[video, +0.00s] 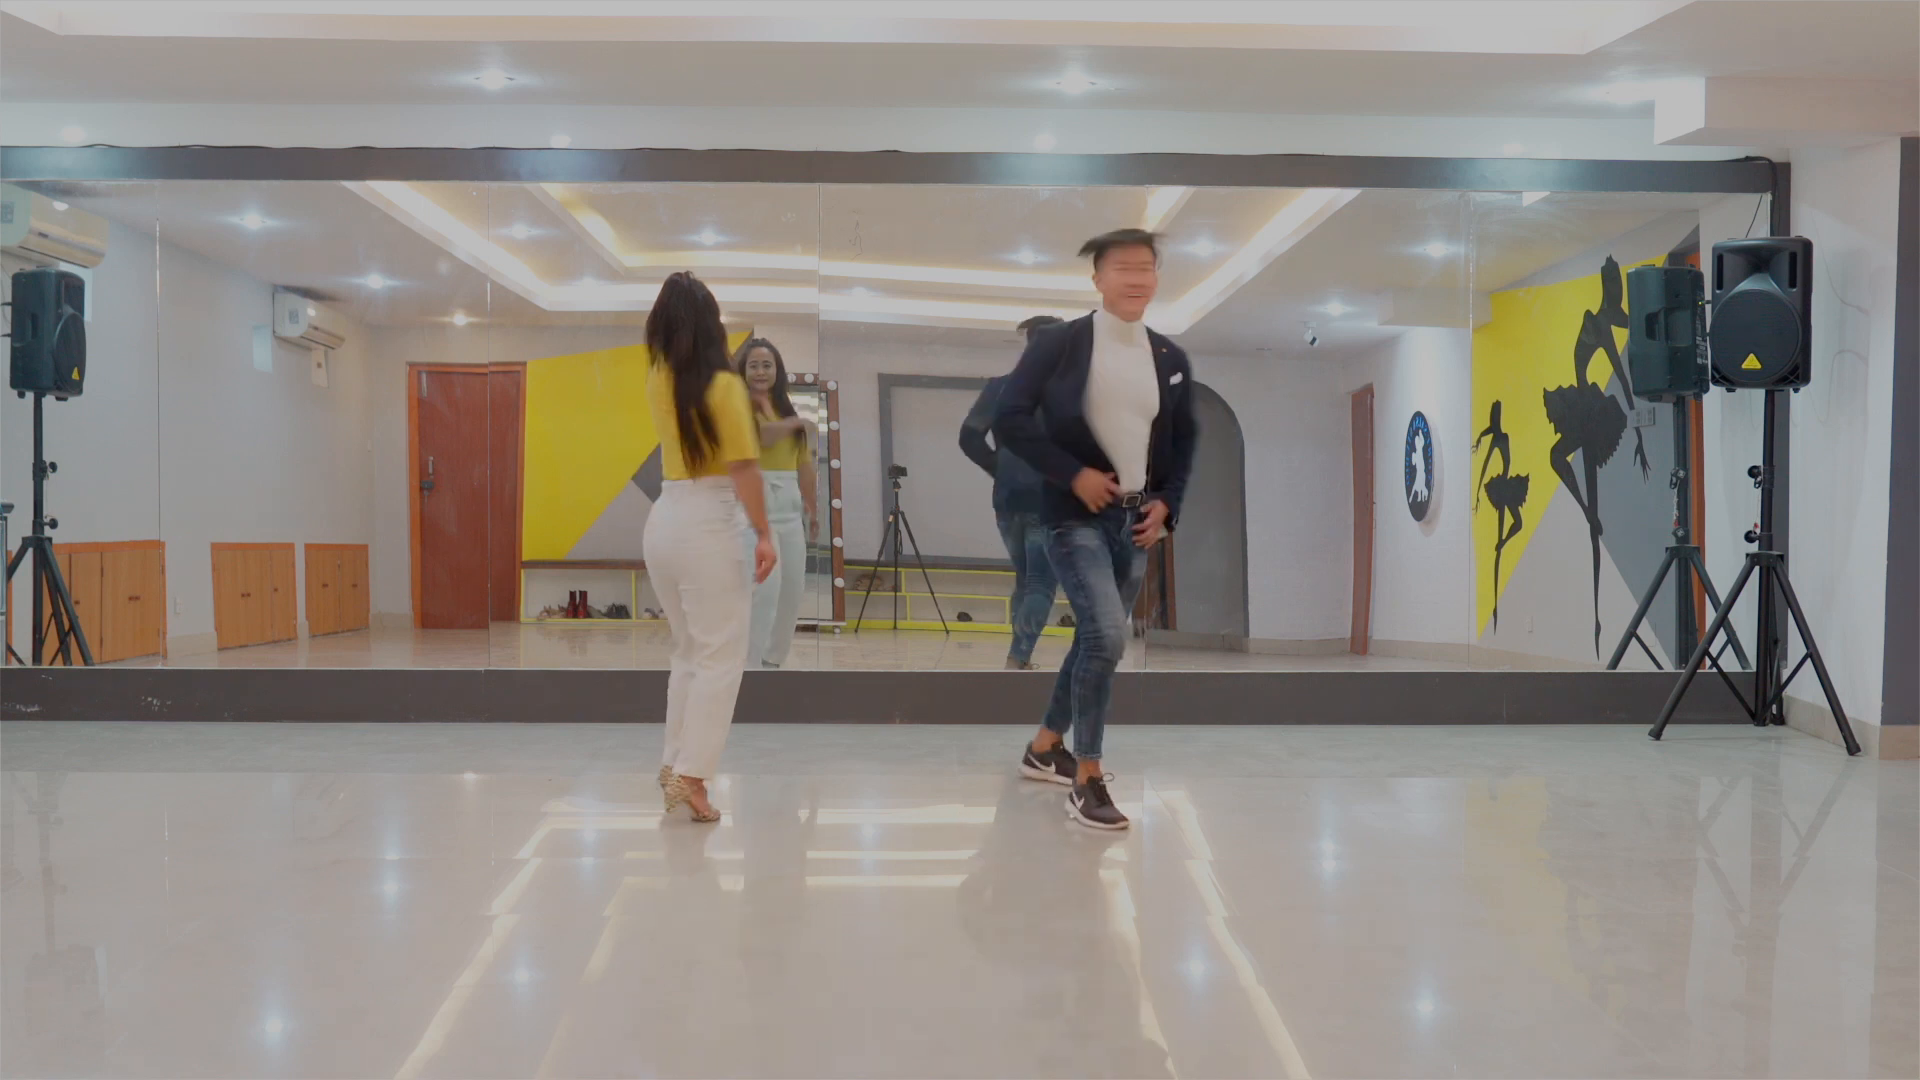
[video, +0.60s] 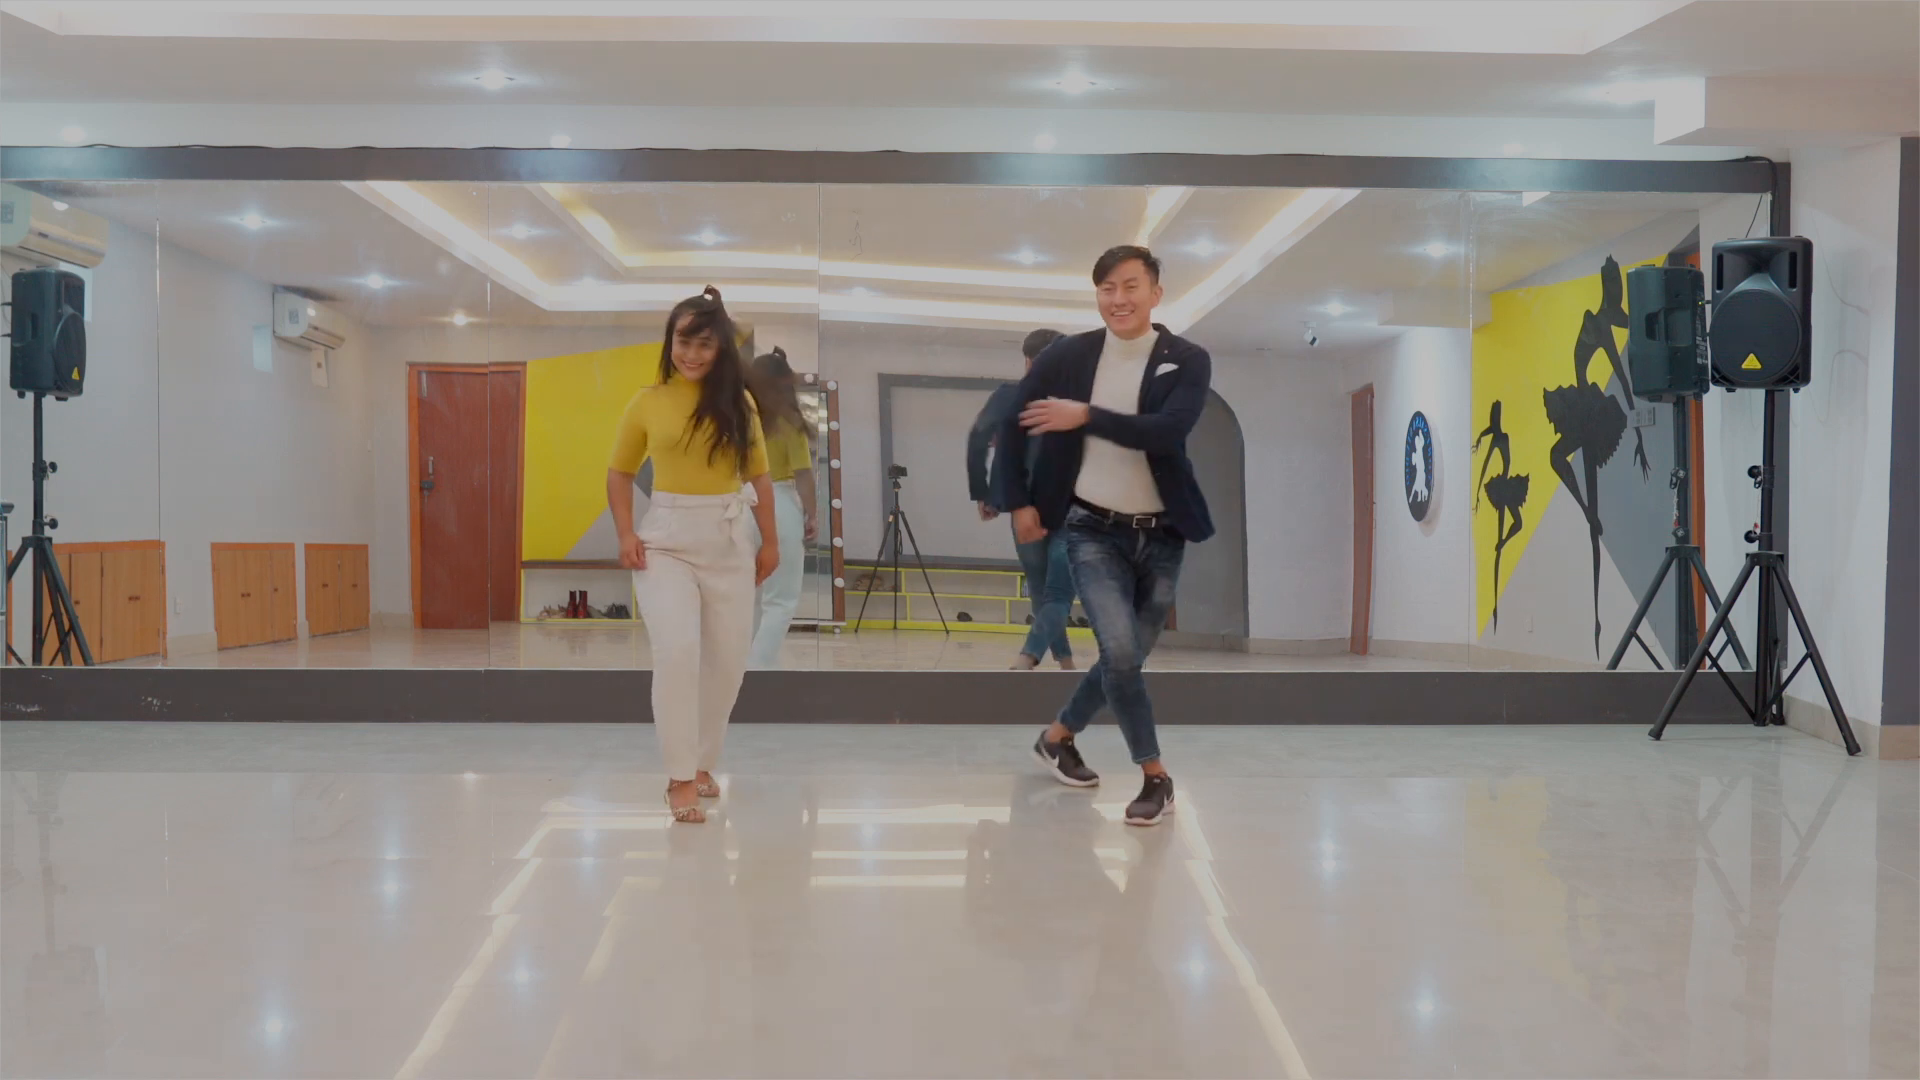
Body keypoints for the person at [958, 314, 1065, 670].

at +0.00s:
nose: (1047, 351)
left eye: (1038, 340)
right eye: (1051, 342)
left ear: (1027, 344)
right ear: (1060, 348)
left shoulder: (1003, 386)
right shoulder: (1070, 388)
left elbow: (969, 436)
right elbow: (1084, 437)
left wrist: (1001, 468)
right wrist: (1066, 473)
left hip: (1009, 493)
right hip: (1048, 495)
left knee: (1024, 579)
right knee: (1041, 583)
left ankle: (1020, 653)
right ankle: (1019, 657)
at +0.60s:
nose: (1039, 366)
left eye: (1035, 359)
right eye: (1043, 359)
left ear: (1027, 360)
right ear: (1064, 360)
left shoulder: (1010, 394)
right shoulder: (1075, 396)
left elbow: (977, 437)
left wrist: (981, 493)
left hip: (1023, 504)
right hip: (1069, 504)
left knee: (1040, 588)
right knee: (1061, 589)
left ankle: (1065, 659)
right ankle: (1028, 658)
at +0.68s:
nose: (1020, 365)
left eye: (1021, 360)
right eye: (1022, 359)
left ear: (1027, 362)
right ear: (1061, 361)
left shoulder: (1015, 396)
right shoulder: (1075, 394)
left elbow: (995, 453)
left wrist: (986, 501)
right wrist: (986, 454)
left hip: (1027, 508)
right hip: (1070, 506)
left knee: (1040, 589)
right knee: (1064, 588)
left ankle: (1066, 661)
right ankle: (1036, 657)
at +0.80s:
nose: (1017, 364)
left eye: (1018, 359)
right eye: (1019, 358)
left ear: (1025, 362)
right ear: (1057, 358)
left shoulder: (1025, 396)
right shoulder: (1076, 389)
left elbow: (1023, 447)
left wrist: (994, 490)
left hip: (1034, 500)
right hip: (1074, 498)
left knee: (1041, 580)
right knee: (1070, 581)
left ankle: (1064, 656)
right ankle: (1057, 648)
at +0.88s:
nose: (1016, 361)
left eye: (1016, 355)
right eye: (1016, 355)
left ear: (1022, 357)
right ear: (1056, 355)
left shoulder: (1026, 392)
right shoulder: (1073, 389)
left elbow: (1029, 442)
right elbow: (1080, 438)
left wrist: (1005, 476)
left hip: (1040, 506)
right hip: (1077, 503)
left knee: (1044, 589)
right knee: (1079, 584)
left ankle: (1064, 659)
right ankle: (1078, 639)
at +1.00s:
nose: (1013, 355)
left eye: (1014, 349)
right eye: (1014, 348)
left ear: (1020, 352)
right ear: (1051, 350)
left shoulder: (1027, 387)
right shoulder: (1069, 384)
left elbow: (1025, 446)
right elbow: (1075, 436)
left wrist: (1006, 452)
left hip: (1043, 503)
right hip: (1075, 499)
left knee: (1047, 586)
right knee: (1070, 578)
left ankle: (1066, 662)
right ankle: (1104, 606)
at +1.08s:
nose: (1012, 354)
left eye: (1012, 349)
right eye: (1012, 348)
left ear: (1019, 350)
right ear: (1051, 346)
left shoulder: (1025, 383)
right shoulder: (1070, 378)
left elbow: (1018, 432)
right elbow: (1073, 429)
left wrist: (994, 433)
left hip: (1047, 496)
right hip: (1079, 492)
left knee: (1048, 583)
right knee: (1028, 553)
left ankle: (1071, 661)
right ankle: (1098, 586)